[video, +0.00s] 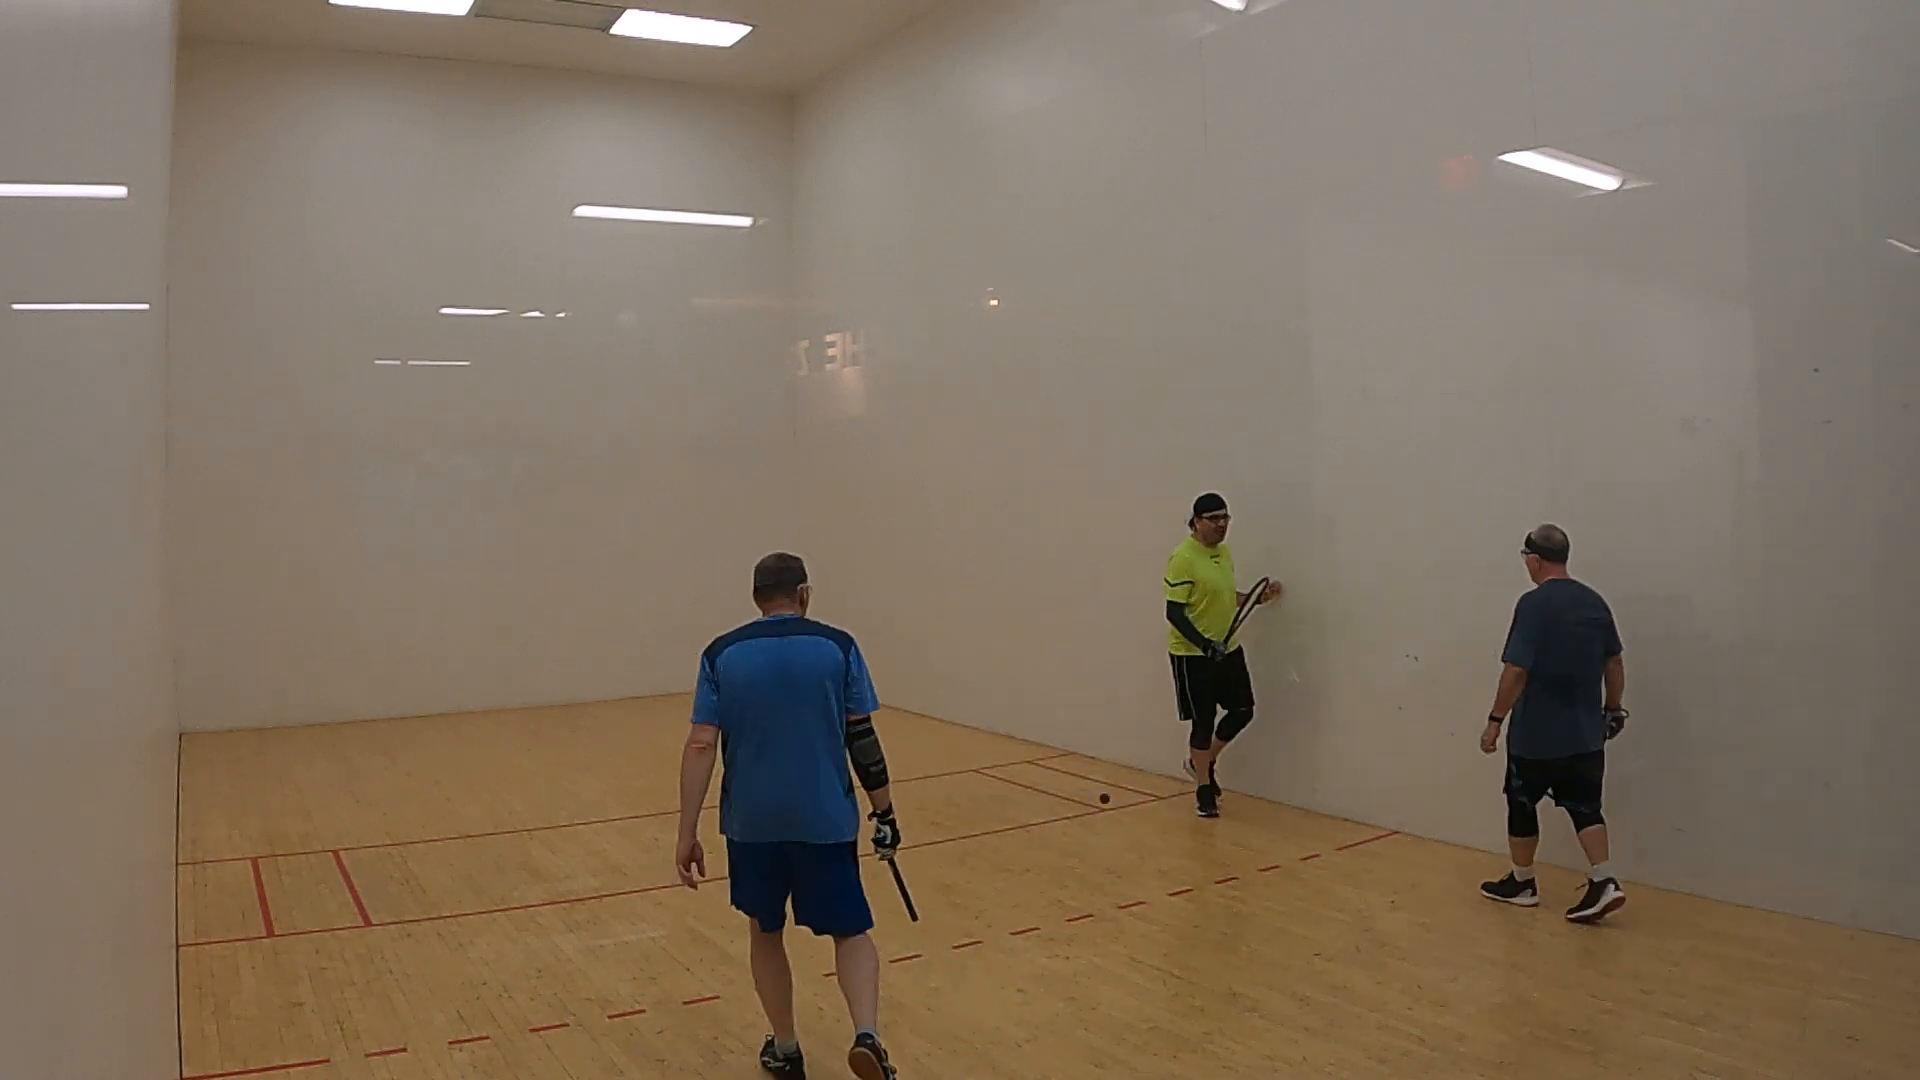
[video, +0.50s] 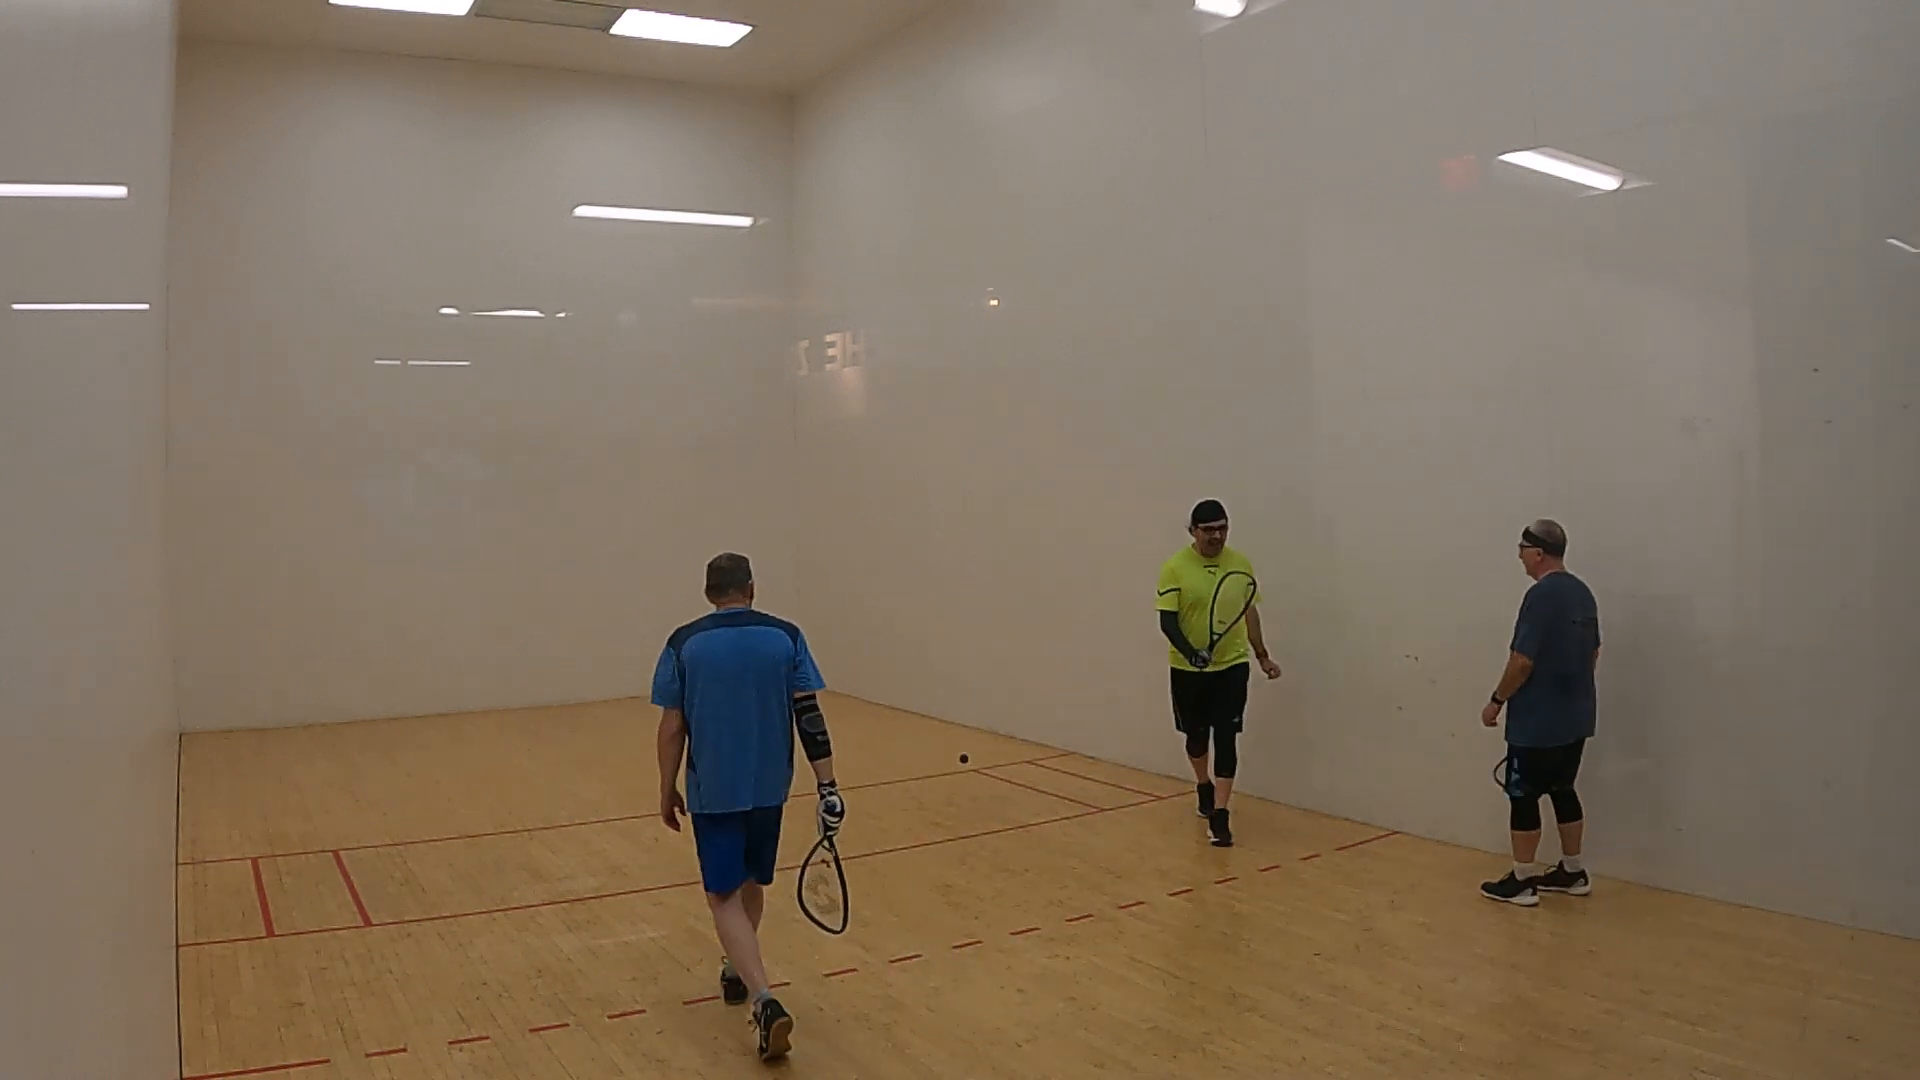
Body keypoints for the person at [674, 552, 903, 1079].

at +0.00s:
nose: (810, 602)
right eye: (810, 596)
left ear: (755, 599)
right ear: (804, 595)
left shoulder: (721, 652)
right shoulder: (838, 646)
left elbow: (700, 744)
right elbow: (862, 741)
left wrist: (687, 832)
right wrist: (885, 815)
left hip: (752, 827)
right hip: (825, 826)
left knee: (765, 929)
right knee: (851, 932)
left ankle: (785, 1048)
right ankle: (866, 1035)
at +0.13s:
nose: (790, 594)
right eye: (790, 586)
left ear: (739, 592)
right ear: (786, 587)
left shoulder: (708, 644)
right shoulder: (821, 638)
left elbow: (689, 736)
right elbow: (844, 733)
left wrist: (679, 818)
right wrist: (860, 802)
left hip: (742, 816)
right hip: (809, 810)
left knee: (763, 926)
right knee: (820, 903)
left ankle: (785, 1047)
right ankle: (833, 1005)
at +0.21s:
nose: (779, 594)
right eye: (779, 586)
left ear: (730, 591)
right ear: (776, 587)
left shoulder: (701, 643)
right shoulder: (811, 636)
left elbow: (684, 737)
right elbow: (834, 726)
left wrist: (677, 811)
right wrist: (851, 797)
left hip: (737, 811)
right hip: (800, 805)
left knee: (761, 921)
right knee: (801, 895)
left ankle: (785, 1047)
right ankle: (806, 1001)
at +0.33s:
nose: (762, 598)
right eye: (764, 590)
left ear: (717, 597)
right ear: (762, 590)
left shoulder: (691, 648)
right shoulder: (798, 638)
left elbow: (678, 738)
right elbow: (822, 723)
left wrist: (674, 802)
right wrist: (840, 793)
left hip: (729, 806)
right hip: (788, 800)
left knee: (759, 916)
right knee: (776, 887)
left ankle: (786, 1042)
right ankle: (760, 979)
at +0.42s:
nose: (748, 602)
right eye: (754, 593)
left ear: (711, 599)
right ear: (755, 593)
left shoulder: (686, 648)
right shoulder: (791, 639)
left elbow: (674, 734)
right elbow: (816, 720)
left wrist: (671, 796)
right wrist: (835, 790)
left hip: (724, 800)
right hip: (780, 796)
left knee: (750, 910)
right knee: (753, 889)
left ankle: (782, 1033)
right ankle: (738, 973)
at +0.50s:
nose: (744, 598)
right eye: (750, 589)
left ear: (708, 595)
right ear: (751, 589)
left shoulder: (684, 642)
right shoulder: (785, 636)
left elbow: (672, 725)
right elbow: (808, 716)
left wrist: (667, 788)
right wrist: (828, 785)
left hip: (714, 792)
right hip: (770, 790)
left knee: (725, 898)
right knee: (751, 887)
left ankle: (767, 1003)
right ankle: (736, 974)